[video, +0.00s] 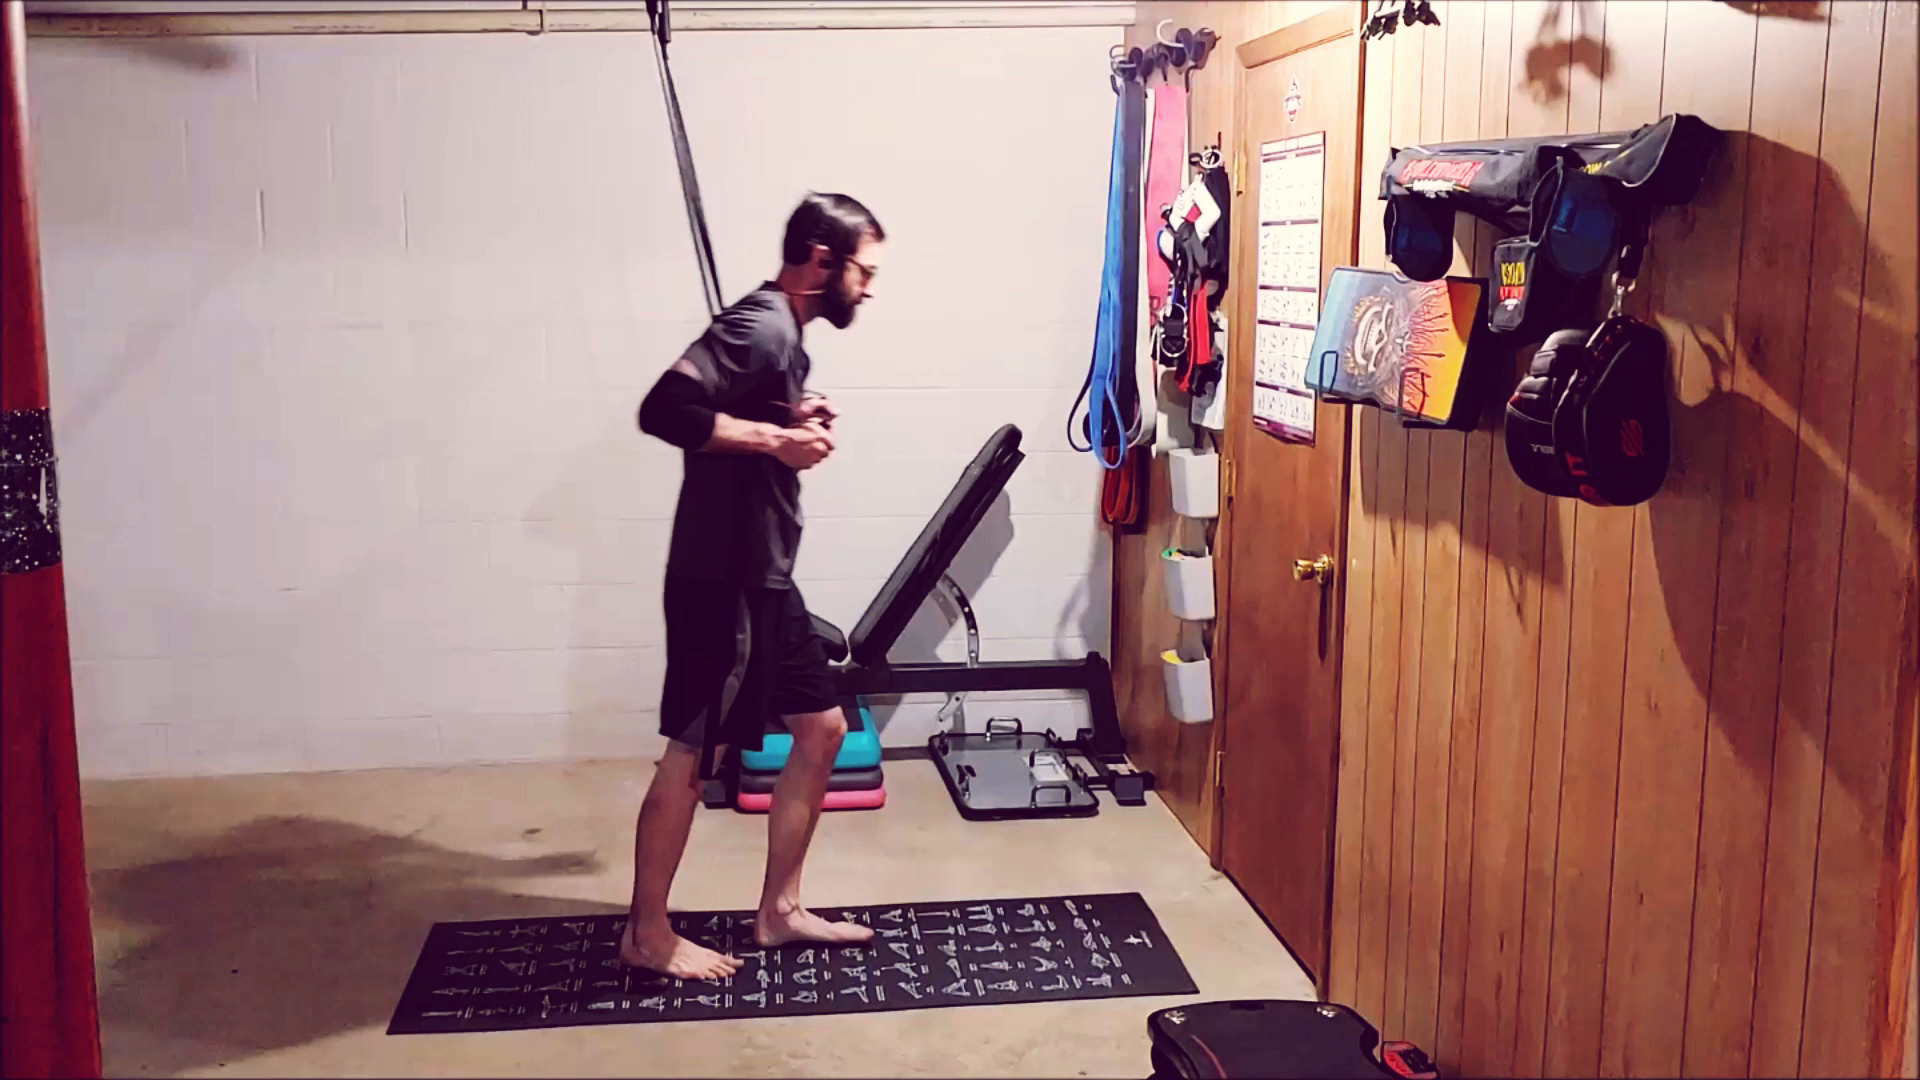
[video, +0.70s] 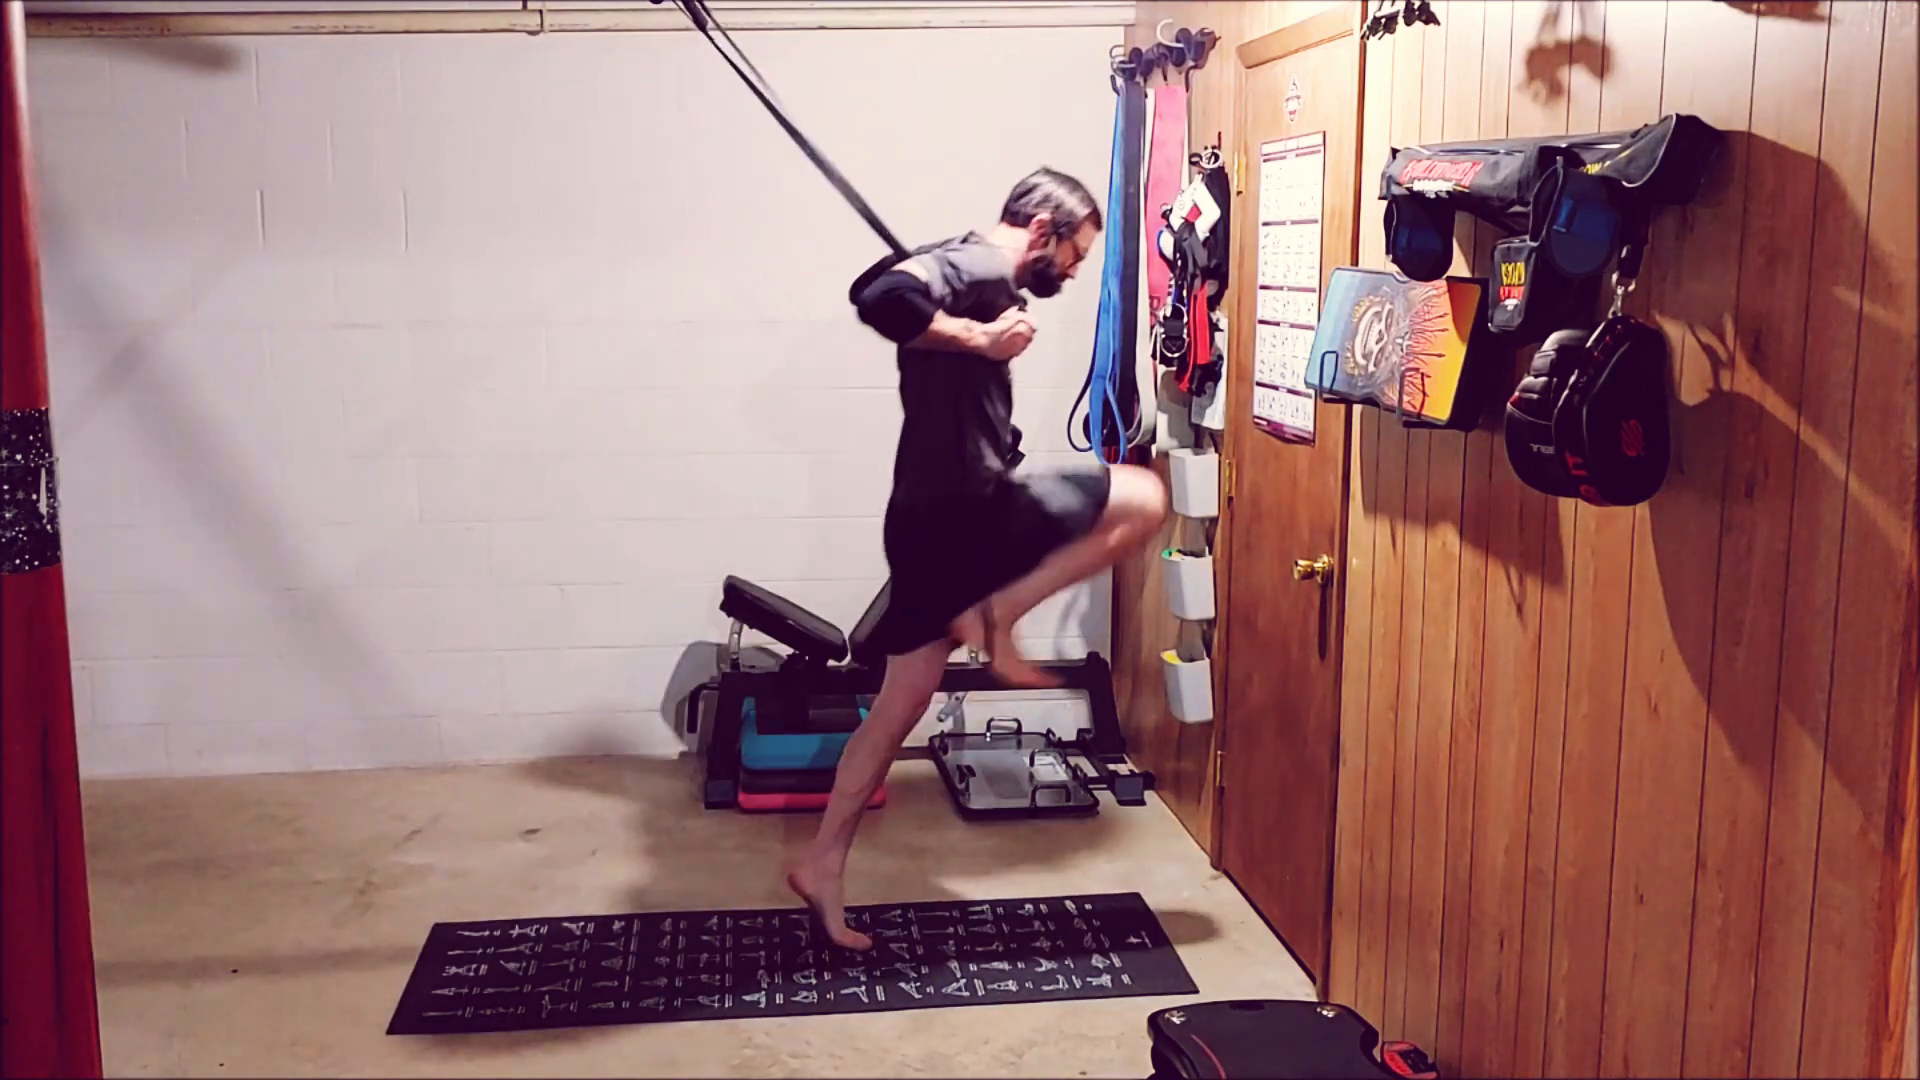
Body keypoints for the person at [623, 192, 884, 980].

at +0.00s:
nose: (870, 286)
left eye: (873, 272)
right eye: (865, 270)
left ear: (820, 261)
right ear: (819, 260)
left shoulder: (788, 331)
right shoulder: (757, 323)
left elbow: (725, 420)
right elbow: (664, 410)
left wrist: (795, 418)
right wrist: (776, 439)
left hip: (767, 576)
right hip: (719, 576)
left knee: (822, 728)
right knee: (692, 752)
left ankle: (780, 909)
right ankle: (647, 933)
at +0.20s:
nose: (939, 294)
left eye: (942, 279)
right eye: (934, 277)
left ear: (887, 266)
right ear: (889, 264)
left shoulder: (853, 332)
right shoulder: (829, 318)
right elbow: (735, 380)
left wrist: (870, 412)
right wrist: (839, 420)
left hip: (824, 572)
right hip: (781, 571)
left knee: (853, 737)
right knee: (747, 749)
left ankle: (784, 909)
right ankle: (653, 922)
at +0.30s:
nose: (975, 289)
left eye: (978, 275)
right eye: (970, 272)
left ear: (920, 261)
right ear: (924, 259)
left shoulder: (884, 322)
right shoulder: (870, 311)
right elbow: (774, 364)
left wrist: (894, 392)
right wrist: (872, 405)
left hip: (856, 557)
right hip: (825, 557)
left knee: (866, 729)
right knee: (840, 745)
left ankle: (786, 904)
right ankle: (682, 894)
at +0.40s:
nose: (1002, 293)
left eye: (1007, 278)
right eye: (999, 275)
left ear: (953, 258)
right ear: (955, 257)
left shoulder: (919, 314)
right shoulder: (903, 301)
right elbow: (807, 349)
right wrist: (905, 389)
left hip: (881, 556)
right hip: (860, 557)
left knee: (881, 735)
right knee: (932, 733)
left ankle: (794, 891)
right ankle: (767, 831)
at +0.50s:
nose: (1028, 289)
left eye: (1033, 275)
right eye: (1028, 270)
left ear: (984, 251)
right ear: (988, 249)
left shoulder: (938, 302)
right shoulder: (930, 288)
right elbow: (830, 334)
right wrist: (929, 373)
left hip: (899, 543)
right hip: (895, 547)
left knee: (874, 727)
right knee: (1028, 680)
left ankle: (795, 888)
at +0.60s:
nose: (1052, 282)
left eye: (1058, 270)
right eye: (1053, 264)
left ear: (1010, 240)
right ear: (1016, 240)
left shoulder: (957, 292)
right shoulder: (953, 274)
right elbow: (856, 314)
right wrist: (954, 356)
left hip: (914, 534)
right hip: (933, 534)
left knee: (892, 716)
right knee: (1107, 591)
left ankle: (805, 876)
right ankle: (938, 667)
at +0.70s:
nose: (1073, 270)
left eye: (1081, 257)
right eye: (1077, 251)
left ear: (1032, 223)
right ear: (1045, 228)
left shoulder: (977, 273)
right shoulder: (981, 260)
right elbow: (882, 294)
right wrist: (978, 337)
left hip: (932, 512)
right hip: (964, 509)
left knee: (902, 699)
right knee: (1144, 500)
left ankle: (823, 863)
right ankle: (1001, 612)